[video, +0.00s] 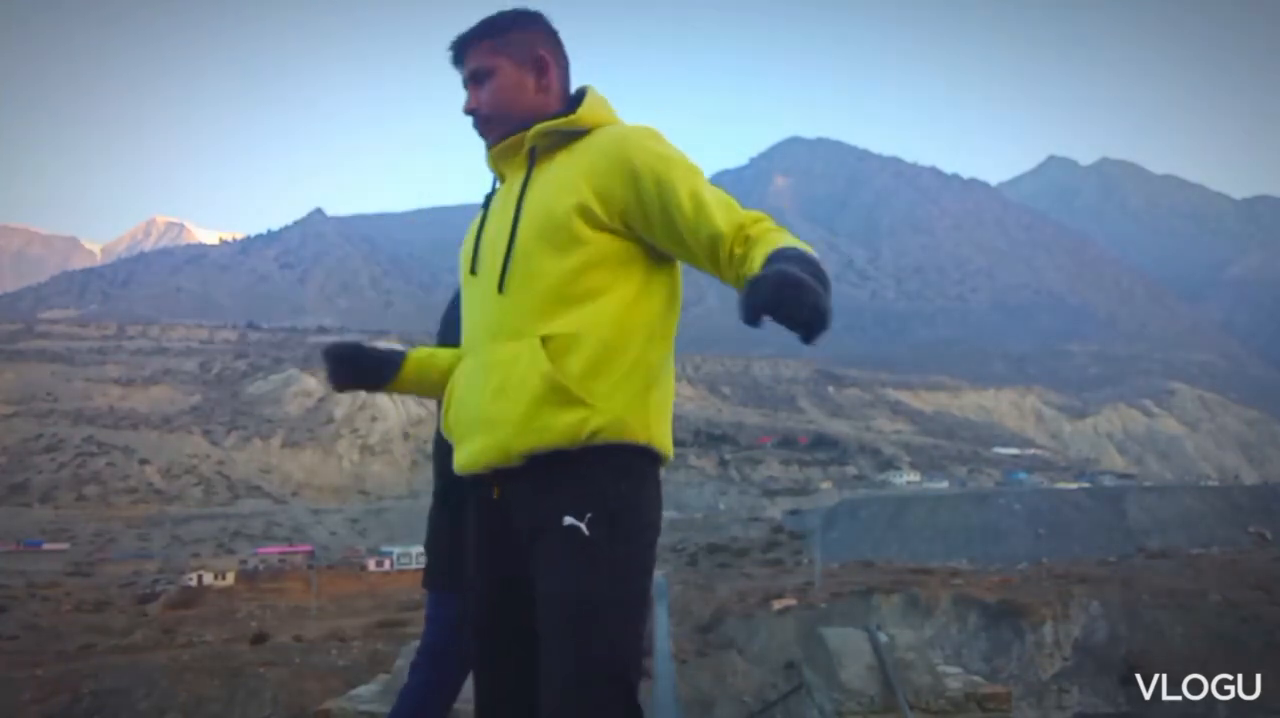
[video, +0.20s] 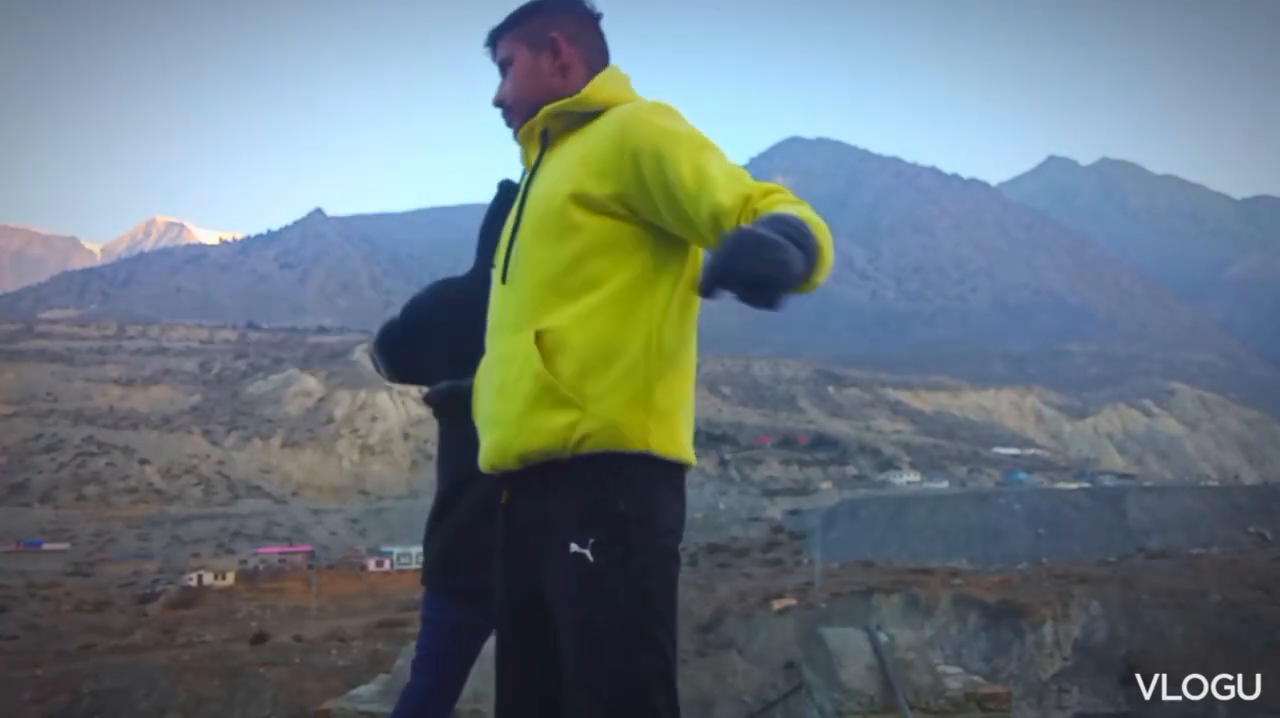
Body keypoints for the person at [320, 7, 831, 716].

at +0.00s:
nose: (467, 102)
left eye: (481, 78)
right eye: (465, 85)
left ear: (544, 70)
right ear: (526, 78)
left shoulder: (616, 152)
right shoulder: (491, 214)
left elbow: (735, 233)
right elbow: (495, 370)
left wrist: (782, 265)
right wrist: (390, 368)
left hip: (594, 479)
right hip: (497, 488)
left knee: (588, 696)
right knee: (504, 697)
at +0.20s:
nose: (497, 92)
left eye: (505, 66)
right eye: (496, 72)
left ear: (558, 56)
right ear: (555, 61)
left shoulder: (635, 131)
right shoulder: (541, 173)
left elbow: (776, 212)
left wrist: (780, 241)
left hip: (614, 478)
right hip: (533, 482)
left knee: (616, 694)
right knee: (529, 696)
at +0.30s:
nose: (528, 80)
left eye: (534, 53)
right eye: (527, 59)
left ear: (584, 37)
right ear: (584, 42)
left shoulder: (644, 111)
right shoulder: (575, 153)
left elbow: (756, 222)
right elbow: (599, 341)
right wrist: (494, 399)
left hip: (640, 470)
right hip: (571, 472)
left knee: (638, 698)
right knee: (556, 698)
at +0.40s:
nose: (561, 66)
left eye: (566, 39)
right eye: (560, 45)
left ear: (608, 21)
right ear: (611, 26)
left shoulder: (659, 87)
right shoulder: (622, 128)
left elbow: (655, 191)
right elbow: (629, 355)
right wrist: (491, 378)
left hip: (674, 462)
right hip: (621, 466)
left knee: (672, 699)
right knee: (584, 699)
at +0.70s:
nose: (624, 40)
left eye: (629, 16)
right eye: (625, 20)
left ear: (665, 8)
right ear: (687, 14)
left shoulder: (713, 79)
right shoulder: (695, 92)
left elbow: (699, 214)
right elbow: (703, 318)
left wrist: (485, 219)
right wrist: (585, 359)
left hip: (712, 456)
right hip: (689, 453)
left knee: (692, 699)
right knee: (686, 697)